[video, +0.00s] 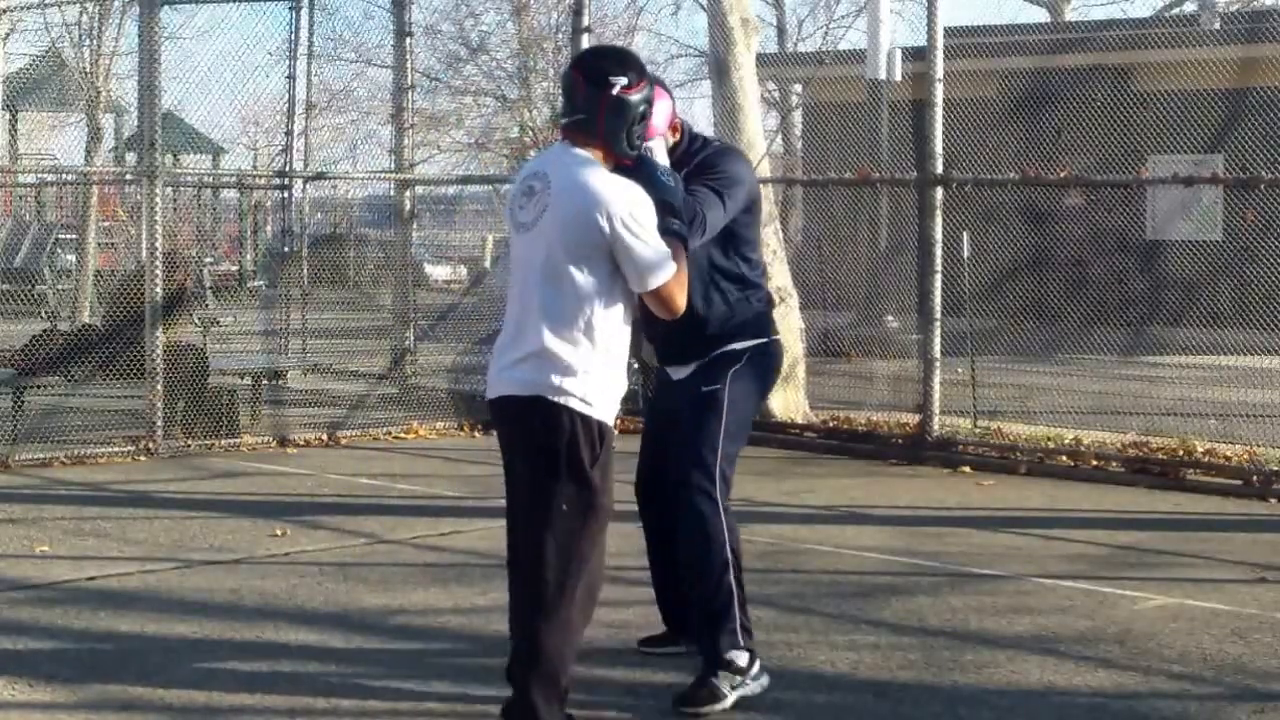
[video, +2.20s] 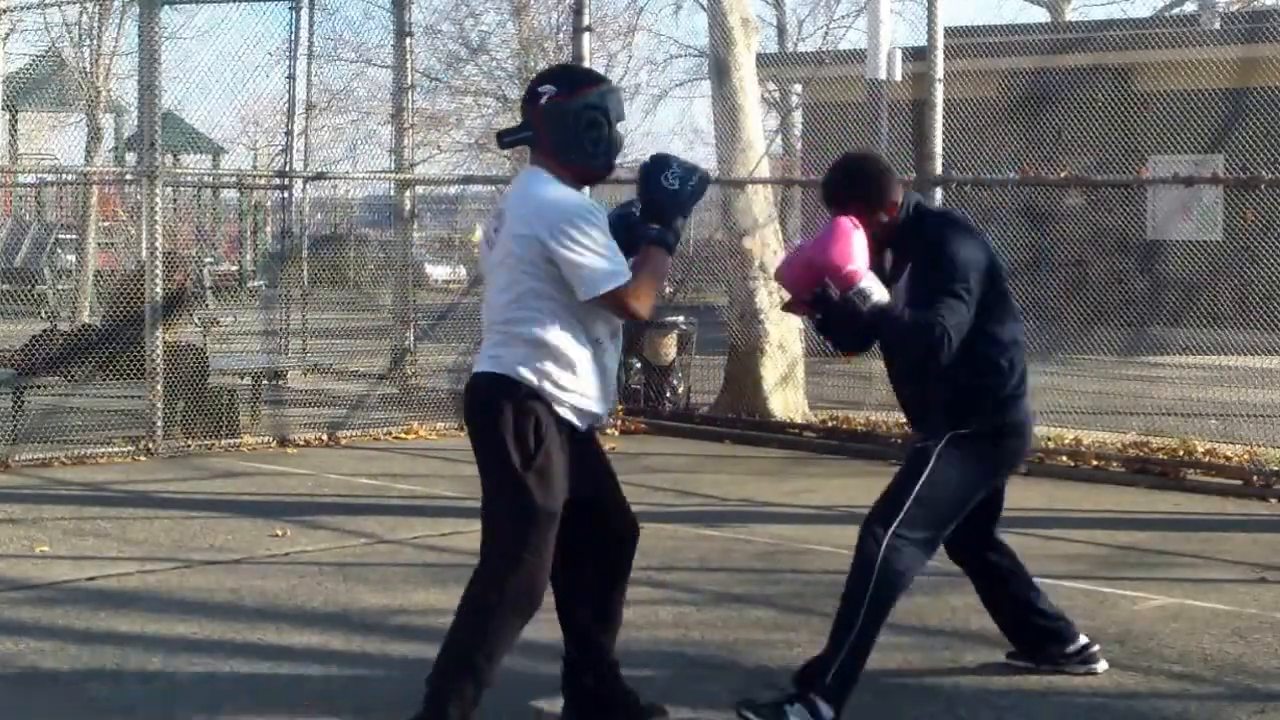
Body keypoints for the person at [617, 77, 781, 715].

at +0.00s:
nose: (631, 150)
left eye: (637, 138)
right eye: (625, 142)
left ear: (663, 126)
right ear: (634, 139)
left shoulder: (725, 166)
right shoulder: (638, 180)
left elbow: (688, 230)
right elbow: (623, 245)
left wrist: (648, 163)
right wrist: (593, 167)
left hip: (734, 354)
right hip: (676, 362)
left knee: (699, 488)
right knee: (655, 488)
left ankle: (732, 655)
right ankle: (685, 623)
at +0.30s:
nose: (666, 181)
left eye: (669, 169)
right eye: (660, 173)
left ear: (699, 154)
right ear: (689, 159)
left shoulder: (761, 186)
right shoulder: (691, 198)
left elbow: (710, 266)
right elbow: (658, 273)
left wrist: (697, 187)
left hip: (775, 365)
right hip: (724, 370)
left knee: (739, 506)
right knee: (697, 490)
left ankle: (758, 680)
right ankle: (715, 619)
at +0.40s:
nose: (688, 191)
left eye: (692, 181)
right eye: (682, 182)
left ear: (718, 164)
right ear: (695, 169)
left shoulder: (779, 193)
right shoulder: (715, 186)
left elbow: (729, 272)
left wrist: (695, 219)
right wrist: (654, 207)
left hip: (789, 369)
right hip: (735, 366)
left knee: (740, 507)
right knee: (706, 491)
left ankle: (756, 681)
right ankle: (786, 593)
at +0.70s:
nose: (752, 190)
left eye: (757, 179)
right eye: (744, 184)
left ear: (786, 163)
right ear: (751, 180)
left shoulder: (855, 195)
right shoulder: (777, 207)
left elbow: (813, 268)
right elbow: (743, 291)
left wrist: (769, 204)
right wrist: (717, 226)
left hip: (860, 374)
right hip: (816, 374)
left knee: (812, 507)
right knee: (784, 504)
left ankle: (791, 661)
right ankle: (849, 612)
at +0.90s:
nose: (793, 160)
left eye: (797, 148)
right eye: (787, 154)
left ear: (826, 130)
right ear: (815, 140)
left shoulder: (884, 158)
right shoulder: (834, 177)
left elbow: (850, 231)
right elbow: (793, 260)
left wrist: (805, 171)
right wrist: (755, 206)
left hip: (908, 346)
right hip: (884, 348)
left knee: (840, 492)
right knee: (861, 483)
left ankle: (877, 646)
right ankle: (914, 593)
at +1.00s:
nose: (830, 170)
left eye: (834, 158)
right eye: (822, 161)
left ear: (864, 144)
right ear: (831, 156)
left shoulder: (912, 179)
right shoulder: (856, 196)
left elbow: (897, 259)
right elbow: (827, 281)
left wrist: (842, 201)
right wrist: (791, 230)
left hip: (923, 367)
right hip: (907, 367)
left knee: (843, 496)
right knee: (913, 492)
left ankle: (875, 650)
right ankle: (991, 608)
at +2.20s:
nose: (843, 232)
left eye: (845, 221)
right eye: (841, 223)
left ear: (874, 212)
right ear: (884, 204)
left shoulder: (953, 242)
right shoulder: (891, 250)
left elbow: (938, 340)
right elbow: (857, 337)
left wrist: (862, 291)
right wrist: (818, 304)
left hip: (978, 431)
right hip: (955, 428)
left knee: (887, 537)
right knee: (973, 541)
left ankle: (820, 699)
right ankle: (1057, 643)